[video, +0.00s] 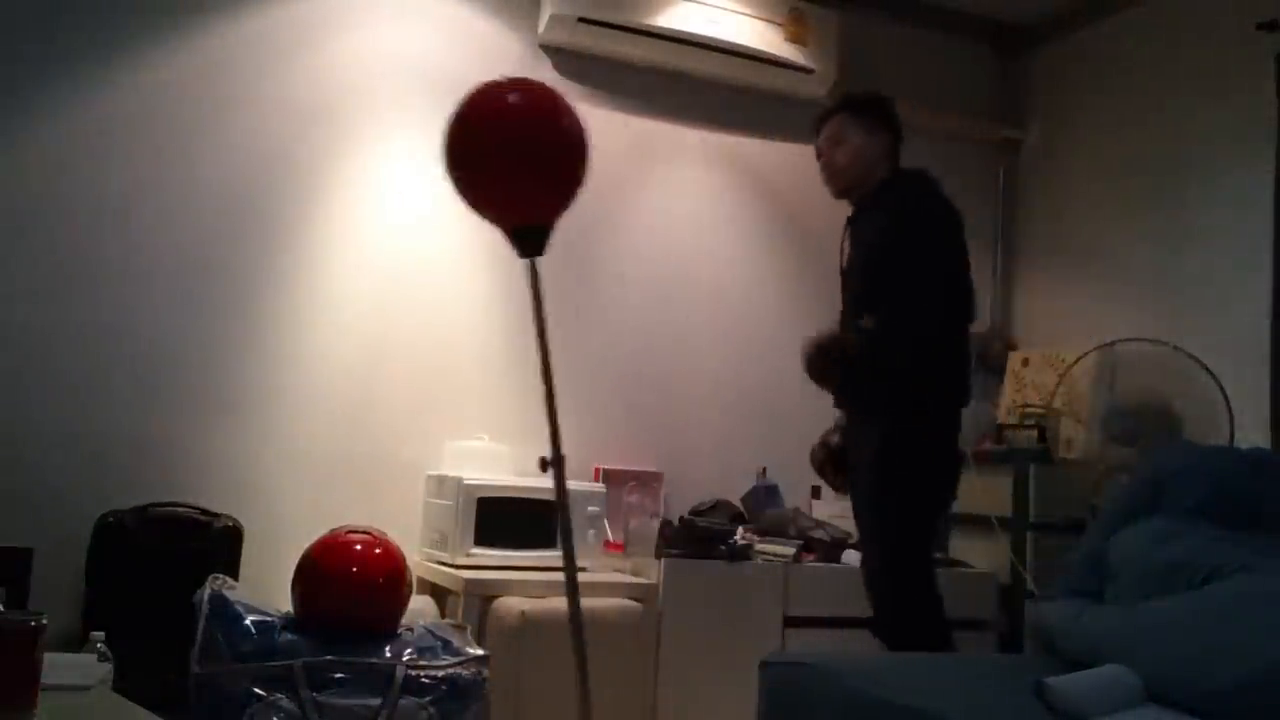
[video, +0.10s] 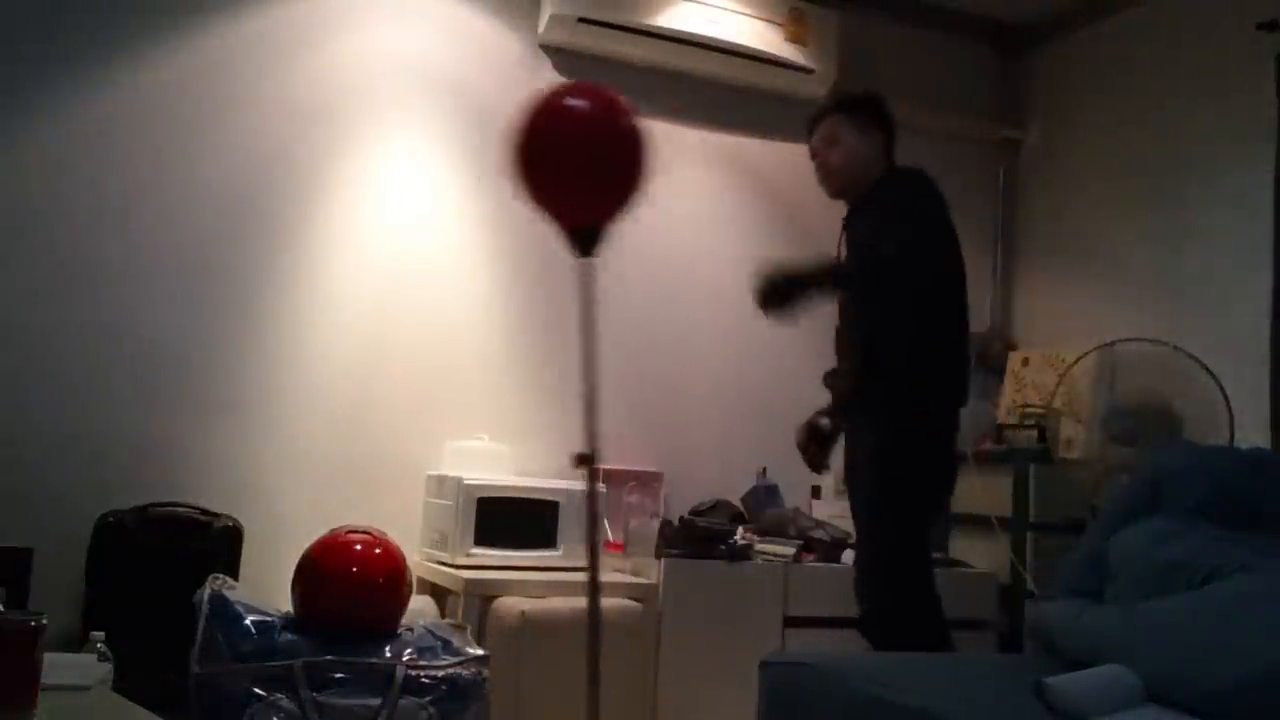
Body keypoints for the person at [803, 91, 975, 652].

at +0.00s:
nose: (821, 158)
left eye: (833, 143)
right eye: (819, 148)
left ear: (874, 143)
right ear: (871, 148)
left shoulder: (908, 210)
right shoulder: (876, 216)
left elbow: (905, 339)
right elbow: (877, 342)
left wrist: (837, 358)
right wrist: (848, 432)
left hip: (909, 427)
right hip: (891, 425)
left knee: (900, 589)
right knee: (897, 587)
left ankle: (931, 712)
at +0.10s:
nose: (821, 162)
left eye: (830, 145)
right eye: (815, 152)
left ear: (871, 141)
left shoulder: (906, 198)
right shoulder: (866, 219)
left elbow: (891, 274)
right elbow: (868, 348)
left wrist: (808, 278)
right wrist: (829, 419)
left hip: (911, 416)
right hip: (882, 417)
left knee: (896, 582)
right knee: (889, 581)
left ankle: (927, 708)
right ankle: (921, 709)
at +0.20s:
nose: (816, 163)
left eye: (825, 144)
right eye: (810, 154)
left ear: (868, 137)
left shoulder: (908, 188)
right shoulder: (866, 219)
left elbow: (852, 225)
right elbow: (865, 341)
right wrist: (821, 400)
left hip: (911, 405)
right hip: (880, 406)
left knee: (884, 581)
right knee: (882, 580)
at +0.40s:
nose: (804, 162)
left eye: (810, 144)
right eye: (797, 153)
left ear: (849, 129)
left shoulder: (899, 176)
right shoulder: (869, 206)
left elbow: (844, 207)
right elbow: (884, 343)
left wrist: (747, 182)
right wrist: (808, 354)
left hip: (898, 422)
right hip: (881, 423)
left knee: (872, 588)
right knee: (877, 587)